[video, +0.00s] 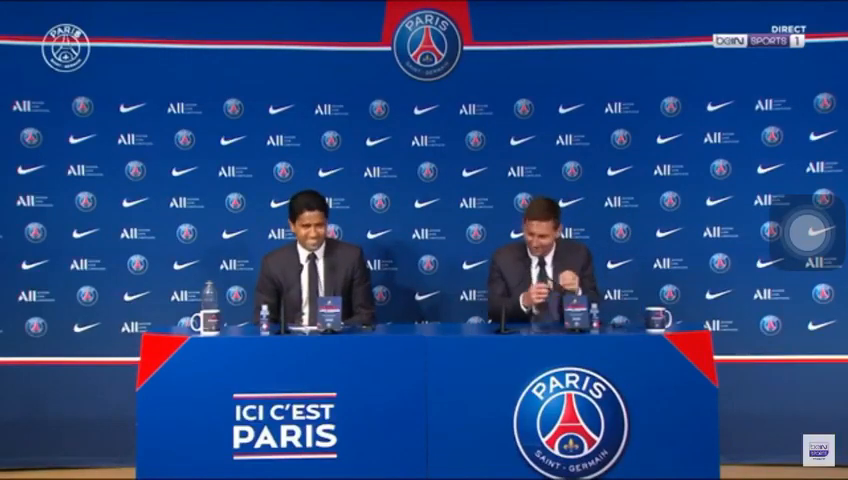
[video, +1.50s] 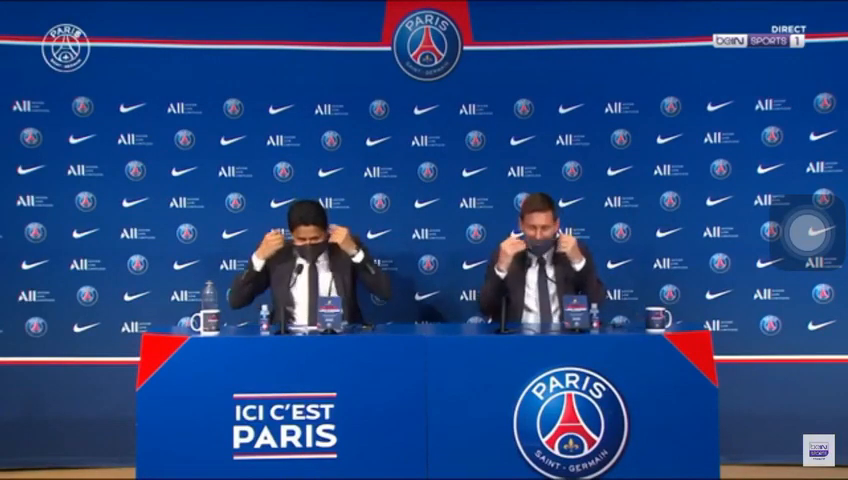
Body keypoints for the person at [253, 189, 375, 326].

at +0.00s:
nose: (314, 233)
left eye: (319, 225)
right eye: (306, 226)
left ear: (326, 223)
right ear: (292, 226)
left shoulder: (351, 256)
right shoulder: (274, 262)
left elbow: (365, 315)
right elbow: (264, 320)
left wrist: (336, 332)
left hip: (339, 346)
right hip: (290, 347)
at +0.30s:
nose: (310, 244)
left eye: (317, 237)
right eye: (304, 237)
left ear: (326, 230)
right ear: (293, 232)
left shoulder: (352, 255)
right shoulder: (274, 260)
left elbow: (372, 312)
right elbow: (254, 315)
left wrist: (351, 311)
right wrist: (277, 317)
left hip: (339, 345)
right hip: (290, 346)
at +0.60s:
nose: (309, 247)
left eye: (315, 240)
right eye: (302, 241)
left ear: (326, 232)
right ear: (293, 234)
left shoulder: (352, 254)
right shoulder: (274, 257)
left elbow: (377, 312)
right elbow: (245, 314)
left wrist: (352, 288)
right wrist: (267, 288)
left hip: (340, 347)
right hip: (289, 347)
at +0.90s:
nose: (307, 246)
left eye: (314, 239)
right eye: (301, 239)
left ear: (326, 233)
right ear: (292, 235)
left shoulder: (352, 252)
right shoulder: (276, 257)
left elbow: (381, 307)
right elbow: (243, 311)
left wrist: (354, 269)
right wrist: (265, 272)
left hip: (339, 345)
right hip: (290, 346)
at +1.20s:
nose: (306, 246)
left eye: (312, 239)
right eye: (300, 240)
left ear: (325, 234)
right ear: (291, 236)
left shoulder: (351, 251)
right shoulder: (277, 256)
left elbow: (381, 306)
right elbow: (242, 310)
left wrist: (353, 267)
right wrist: (264, 272)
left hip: (340, 346)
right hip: (291, 346)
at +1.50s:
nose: (308, 246)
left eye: (315, 239)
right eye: (301, 239)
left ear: (326, 232)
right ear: (291, 235)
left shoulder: (345, 254)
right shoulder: (277, 258)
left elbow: (384, 292)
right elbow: (236, 302)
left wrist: (355, 252)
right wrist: (259, 257)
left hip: (341, 345)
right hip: (291, 346)